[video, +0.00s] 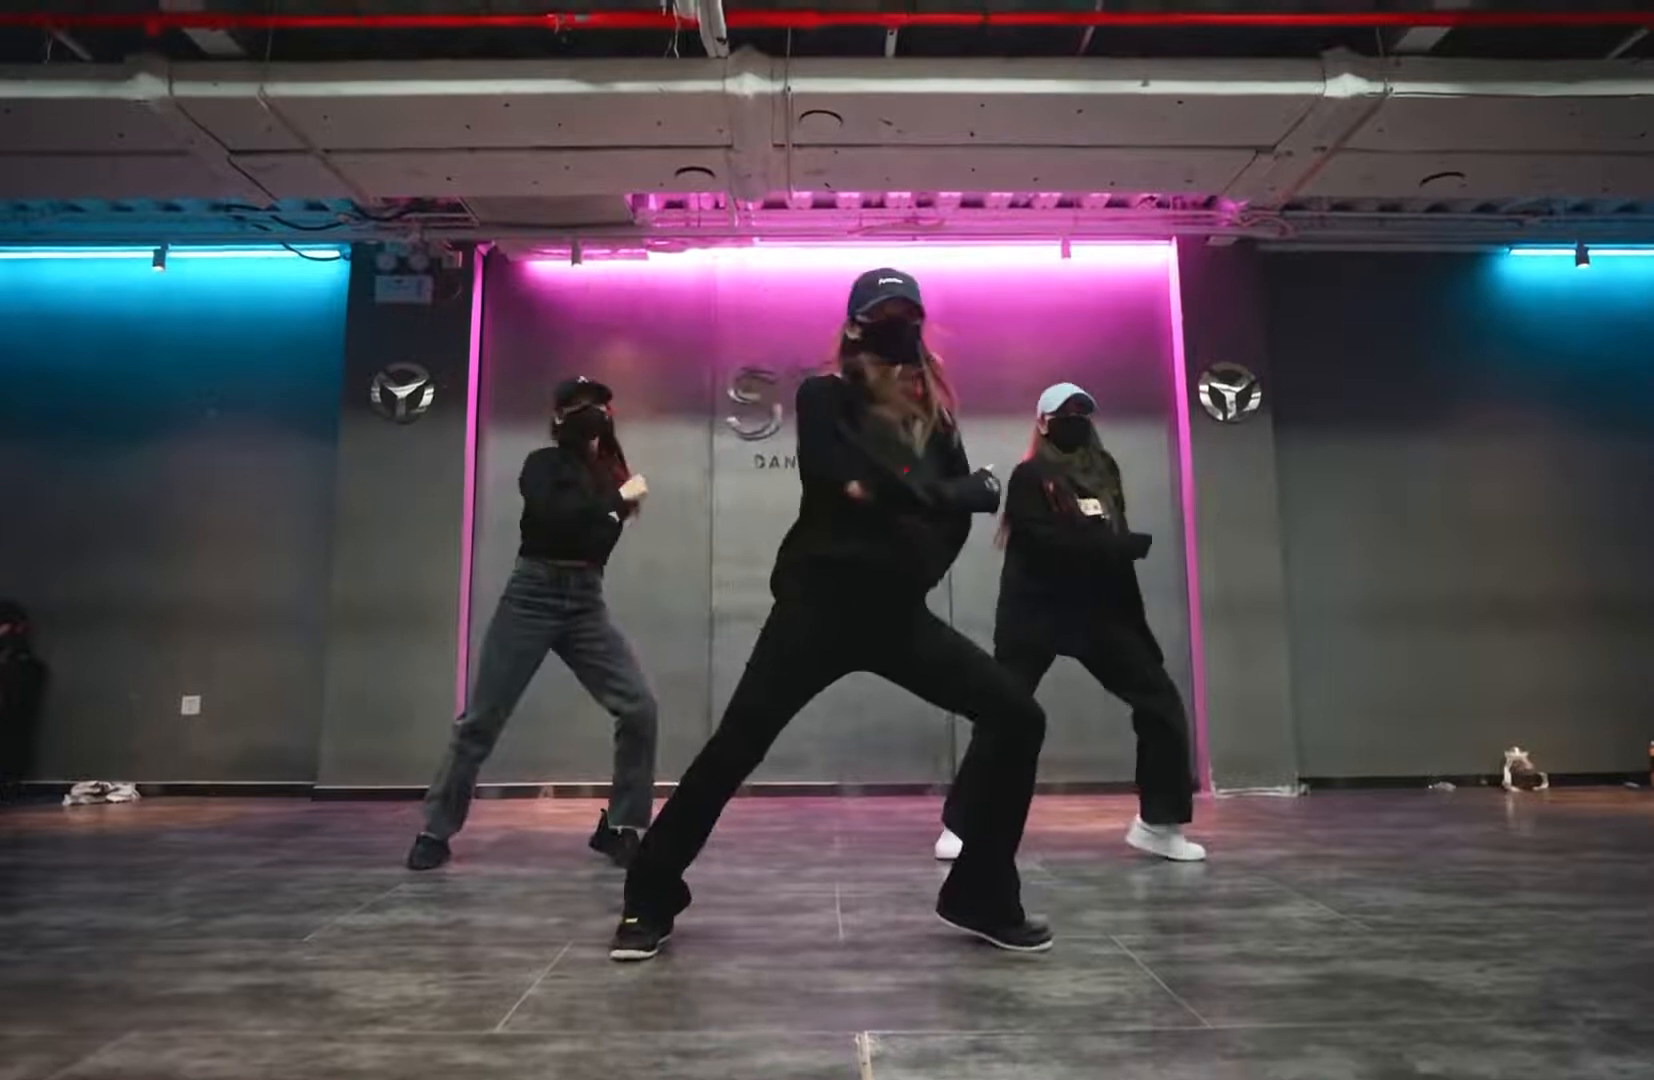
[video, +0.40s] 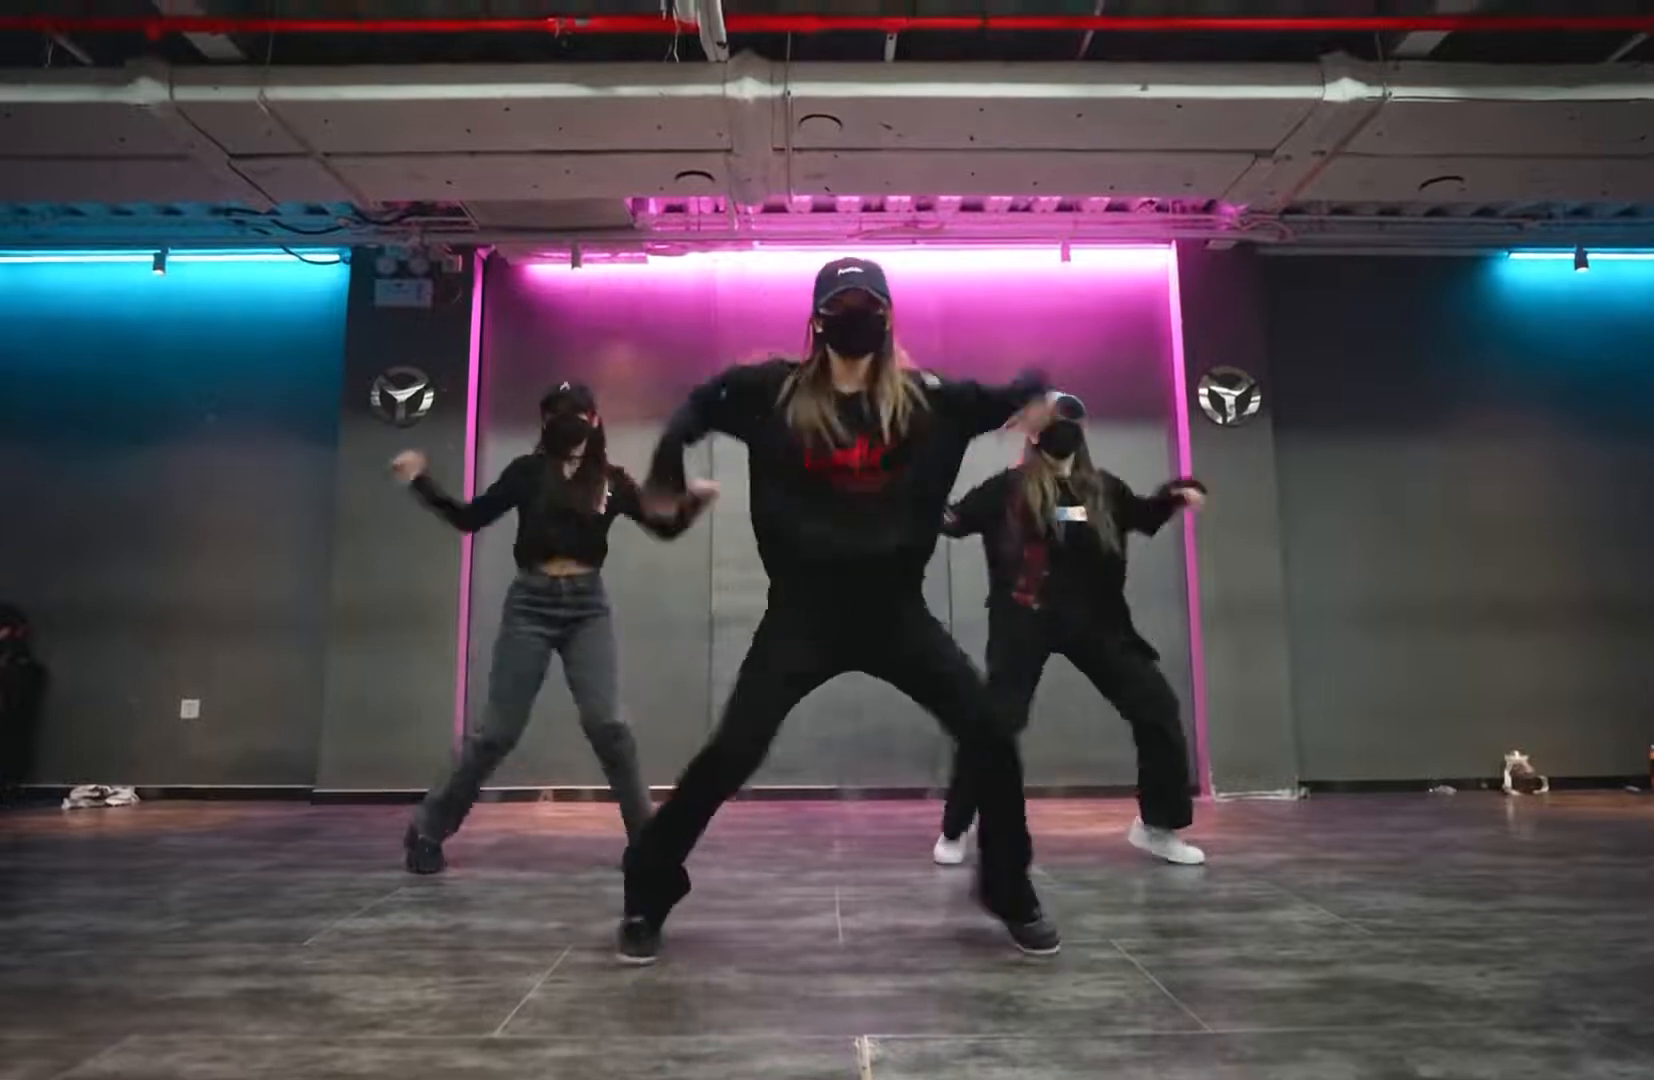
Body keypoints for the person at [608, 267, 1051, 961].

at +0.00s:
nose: (898, 336)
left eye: (908, 323)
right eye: (882, 324)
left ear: (922, 329)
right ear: (855, 330)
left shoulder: (934, 415)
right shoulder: (824, 394)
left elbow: (978, 496)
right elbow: (831, 478)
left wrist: (883, 489)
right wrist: (946, 493)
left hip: (897, 617)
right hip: (814, 614)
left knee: (1016, 718)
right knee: (732, 752)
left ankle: (981, 892)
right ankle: (647, 905)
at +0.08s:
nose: (887, 329)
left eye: (898, 317)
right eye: (873, 317)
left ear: (914, 324)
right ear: (851, 325)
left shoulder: (935, 413)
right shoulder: (820, 399)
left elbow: (957, 519)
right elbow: (831, 491)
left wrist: (870, 500)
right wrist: (946, 495)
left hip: (897, 618)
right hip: (813, 615)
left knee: (1016, 720)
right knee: (732, 752)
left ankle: (981, 893)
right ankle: (647, 906)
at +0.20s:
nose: (871, 328)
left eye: (883, 315)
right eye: (857, 316)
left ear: (902, 323)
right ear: (836, 326)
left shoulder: (919, 418)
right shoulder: (806, 406)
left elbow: (943, 523)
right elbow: (788, 505)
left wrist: (989, 608)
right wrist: (824, 508)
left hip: (898, 621)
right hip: (810, 620)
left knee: (1015, 723)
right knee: (728, 752)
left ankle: (981, 896)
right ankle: (646, 909)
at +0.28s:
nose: (864, 318)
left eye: (876, 307)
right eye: (850, 308)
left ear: (895, 319)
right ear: (828, 321)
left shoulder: (916, 410)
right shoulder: (796, 407)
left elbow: (965, 496)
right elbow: (748, 487)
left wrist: (1055, 518)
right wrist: (697, 483)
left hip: (894, 620)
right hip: (805, 620)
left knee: (1010, 724)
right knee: (723, 753)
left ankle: (978, 897)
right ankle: (646, 908)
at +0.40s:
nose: (856, 319)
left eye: (868, 307)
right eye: (841, 308)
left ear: (888, 318)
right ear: (818, 320)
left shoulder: (932, 402)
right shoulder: (771, 393)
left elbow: (1021, 394)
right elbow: (693, 414)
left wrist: (1036, 402)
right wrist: (665, 486)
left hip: (898, 620)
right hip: (801, 622)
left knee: (989, 730)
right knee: (735, 752)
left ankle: (1008, 886)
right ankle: (646, 891)